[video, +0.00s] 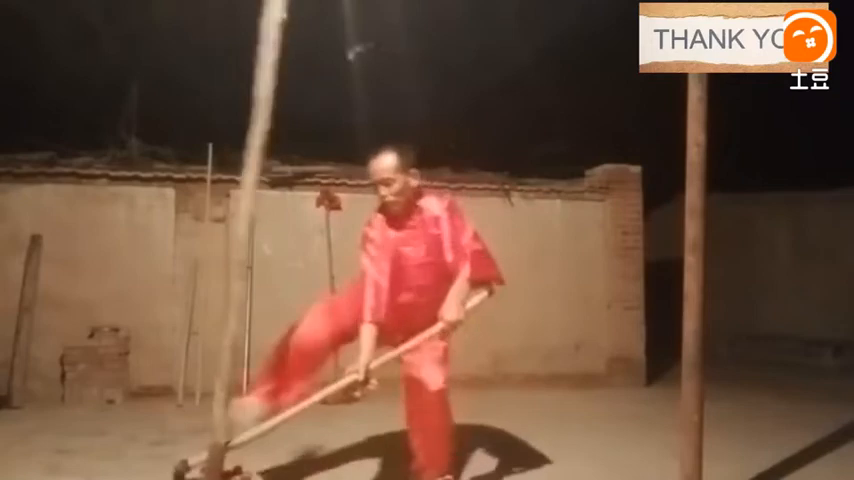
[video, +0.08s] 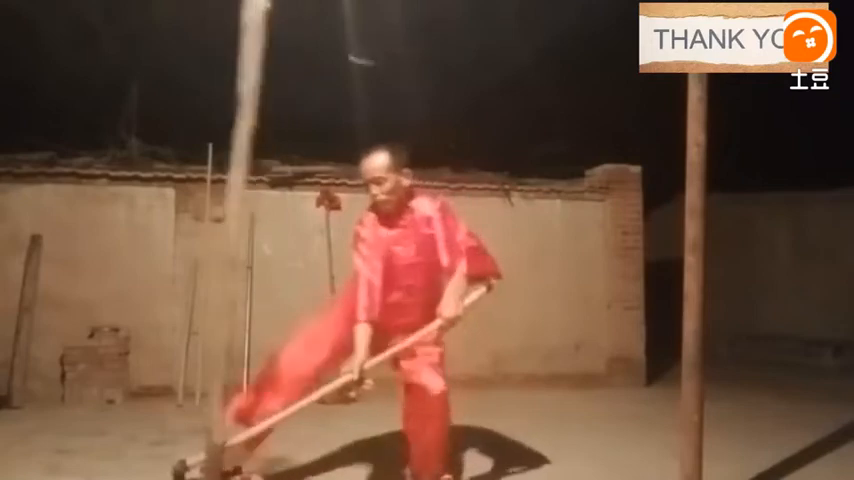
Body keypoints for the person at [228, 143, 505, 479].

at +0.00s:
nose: (383, 194)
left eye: (389, 184)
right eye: (377, 186)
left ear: (412, 179)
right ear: (374, 187)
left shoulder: (441, 210)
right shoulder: (377, 229)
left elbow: (471, 261)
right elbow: (373, 295)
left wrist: (455, 298)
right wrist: (364, 361)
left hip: (424, 315)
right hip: (378, 305)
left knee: (428, 393)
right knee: (310, 334)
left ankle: (434, 475)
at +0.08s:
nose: (374, 192)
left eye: (380, 182)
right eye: (369, 184)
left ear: (405, 179)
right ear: (366, 186)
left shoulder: (433, 211)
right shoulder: (369, 227)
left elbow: (467, 260)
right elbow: (364, 292)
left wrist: (453, 297)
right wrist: (360, 355)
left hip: (417, 325)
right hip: (365, 319)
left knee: (430, 400)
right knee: (296, 361)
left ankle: (428, 475)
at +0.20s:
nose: (358, 196)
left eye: (364, 186)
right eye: (352, 189)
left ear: (388, 183)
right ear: (346, 190)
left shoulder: (411, 222)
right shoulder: (349, 233)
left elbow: (452, 260)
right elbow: (347, 299)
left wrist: (452, 304)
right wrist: (344, 368)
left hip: (396, 339)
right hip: (339, 334)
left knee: (433, 396)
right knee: (290, 395)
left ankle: (428, 472)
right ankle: (257, 469)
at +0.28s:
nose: (358, 196)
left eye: (364, 186)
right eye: (352, 189)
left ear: (388, 183)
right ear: (346, 190)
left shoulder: (411, 222)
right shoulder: (349, 233)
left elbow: (452, 260)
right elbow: (347, 299)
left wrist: (452, 304)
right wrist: (344, 368)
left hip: (396, 339)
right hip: (339, 334)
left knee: (433, 396)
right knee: (290, 395)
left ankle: (428, 472)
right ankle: (257, 469)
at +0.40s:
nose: (349, 200)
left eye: (356, 191)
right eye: (343, 192)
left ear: (380, 188)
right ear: (337, 193)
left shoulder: (401, 226)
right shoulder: (339, 233)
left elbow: (445, 267)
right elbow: (330, 301)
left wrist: (451, 315)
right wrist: (325, 375)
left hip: (388, 342)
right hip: (332, 339)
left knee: (433, 387)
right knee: (281, 398)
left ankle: (435, 471)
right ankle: (259, 471)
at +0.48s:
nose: (349, 199)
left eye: (357, 189)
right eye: (343, 191)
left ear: (381, 187)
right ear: (338, 193)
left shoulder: (402, 227)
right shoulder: (338, 233)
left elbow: (446, 270)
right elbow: (323, 302)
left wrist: (463, 318)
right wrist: (314, 375)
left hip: (389, 342)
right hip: (330, 343)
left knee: (433, 389)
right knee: (287, 404)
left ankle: (438, 472)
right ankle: (257, 472)